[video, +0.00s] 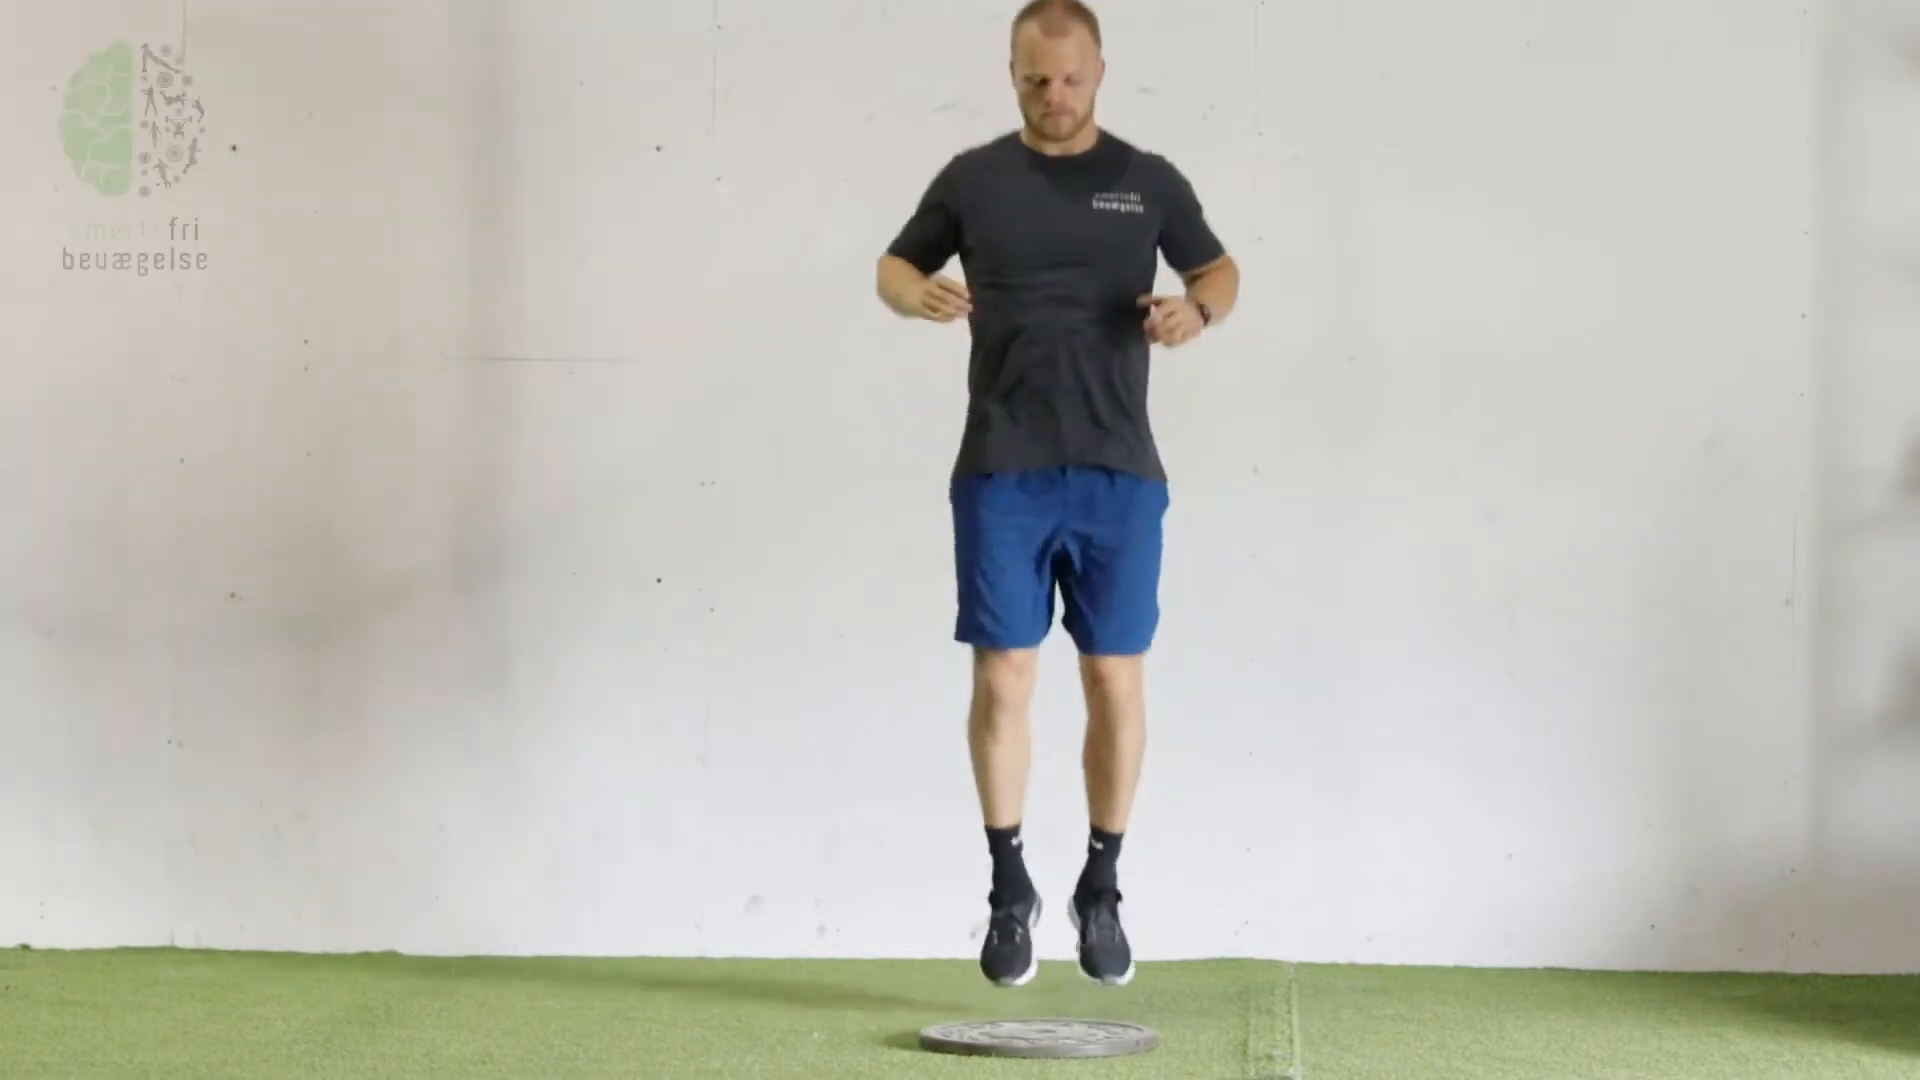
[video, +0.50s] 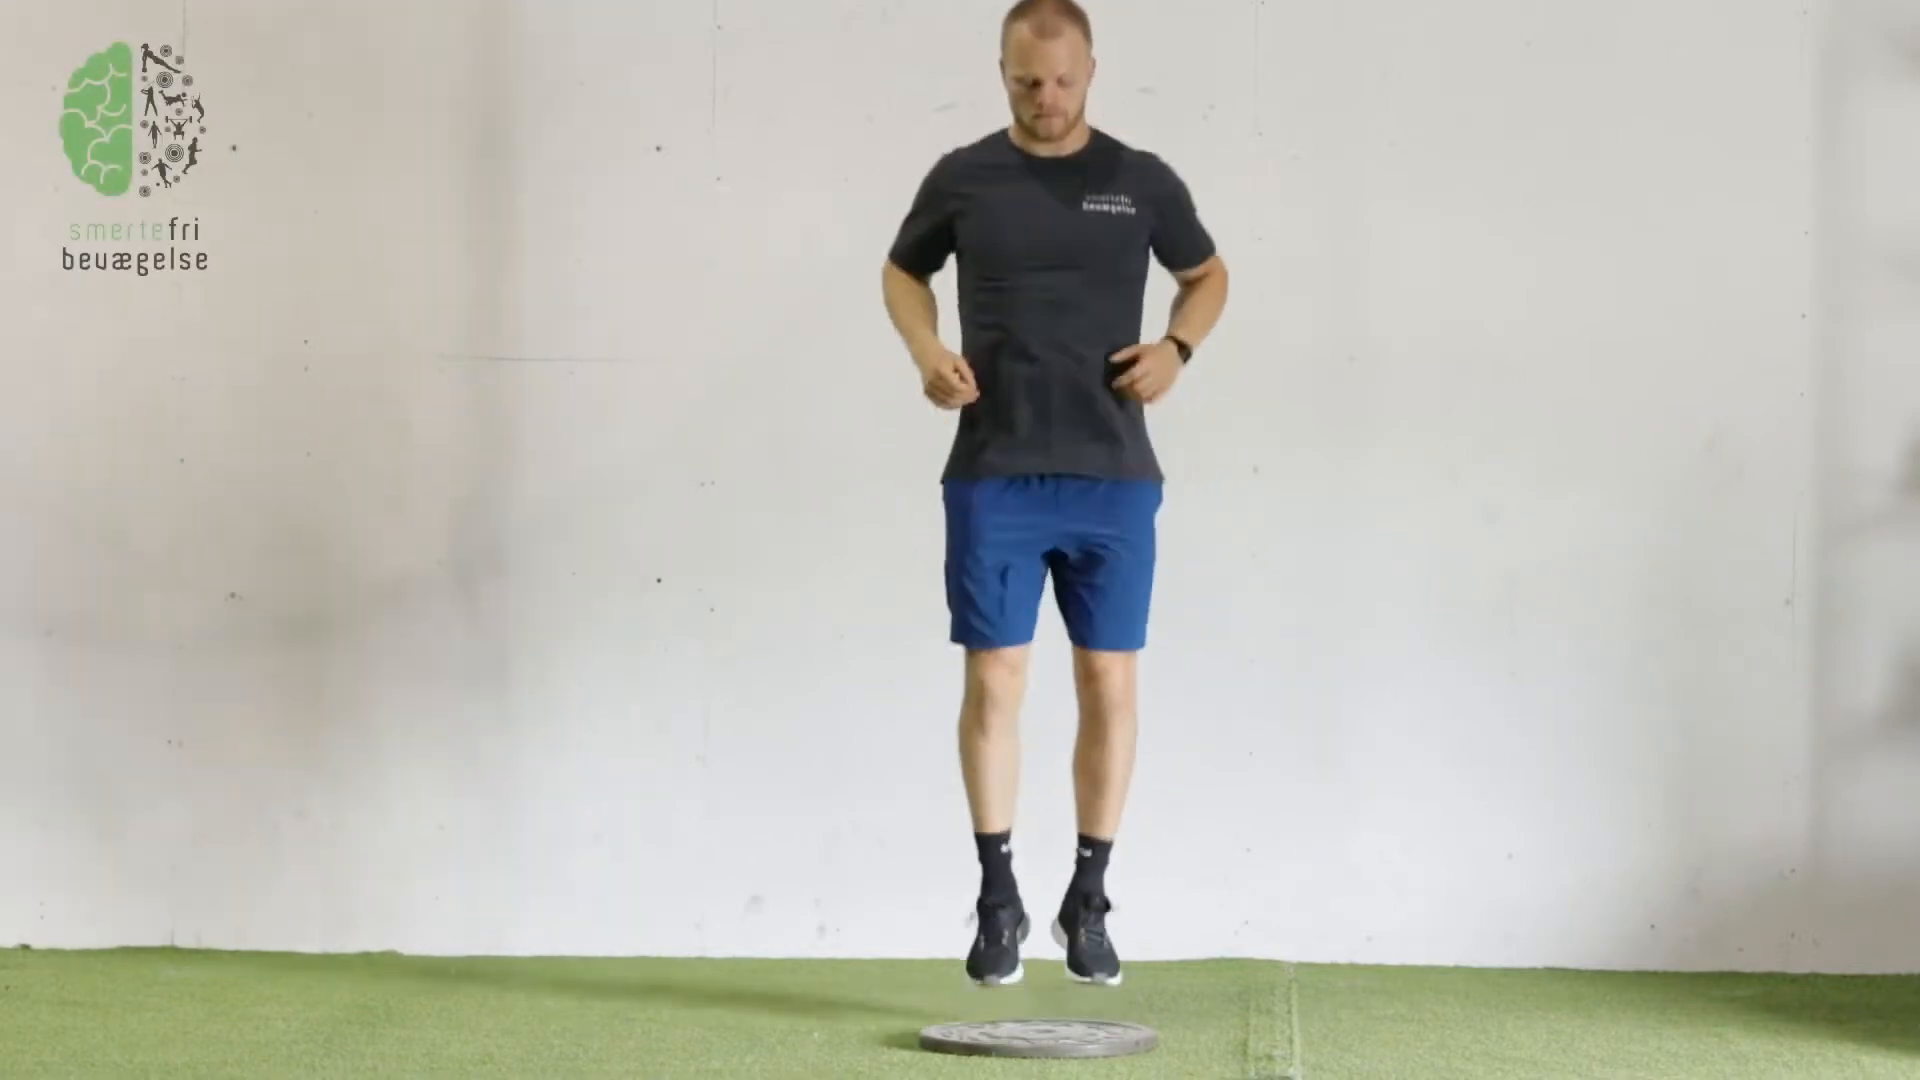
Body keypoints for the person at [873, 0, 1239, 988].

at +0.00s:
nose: (1052, 98)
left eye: (1068, 81)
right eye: (1035, 81)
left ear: (1099, 75)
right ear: (1013, 77)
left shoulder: (1148, 180)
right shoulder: (973, 178)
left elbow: (1218, 272)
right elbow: (895, 269)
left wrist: (1198, 308)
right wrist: (921, 293)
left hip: (1118, 469)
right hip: (1003, 468)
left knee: (1114, 681)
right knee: (1003, 677)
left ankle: (1102, 886)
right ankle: (1009, 890)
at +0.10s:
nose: (1052, 95)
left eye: (1068, 77)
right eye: (1034, 77)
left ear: (1096, 70)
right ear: (1011, 72)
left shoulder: (1147, 175)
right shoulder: (968, 171)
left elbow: (1215, 267)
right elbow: (901, 268)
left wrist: (1201, 313)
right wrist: (924, 320)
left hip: (1112, 461)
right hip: (999, 460)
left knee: (1105, 675)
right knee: (1002, 674)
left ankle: (1087, 904)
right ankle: (1003, 900)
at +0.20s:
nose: (1050, 128)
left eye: (1066, 110)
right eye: (1033, 111)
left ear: (1096, 106)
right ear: (1011, 110)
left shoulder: (1147, 217)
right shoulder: (965, 212)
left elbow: (1209, 318)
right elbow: (905, 313)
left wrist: (1197, 372)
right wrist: (927, 379)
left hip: (1108, 500)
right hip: (996, 497)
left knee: (1098, 714)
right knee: (998, 715)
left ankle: (1081, 946)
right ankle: (1000, 944)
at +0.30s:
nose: (1047, 195)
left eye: (1064, 178)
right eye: (1030, 178)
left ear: (1093, 173)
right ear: (1007, 175)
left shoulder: (1142, 290)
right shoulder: (963, 288)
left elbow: (1198, 402)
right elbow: (905, 400)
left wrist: (1184, 473)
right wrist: (926, 488)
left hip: (1106, 573)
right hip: (996, 572)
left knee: (1091, 765)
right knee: (1001, 769)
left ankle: (1074, 965)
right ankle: (1008, 964)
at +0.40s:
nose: (1044, 152)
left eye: (1061, 135)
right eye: (1028, 135)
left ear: (1092, 128)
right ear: (1006, 130)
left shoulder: (1142, 241)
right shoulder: (964, 237)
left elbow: (1192, 352)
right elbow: (906, 343)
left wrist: (1167, 423)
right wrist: (933, 432)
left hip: (1111, 533)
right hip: (995, 531)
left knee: (1102, 732)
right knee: (995, 731)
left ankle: (1082, 953)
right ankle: (999, 953)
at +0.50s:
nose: (1045, 100)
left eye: (1062, 83)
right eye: (1028, 82)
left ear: (1090, 74)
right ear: (1004, 75)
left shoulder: (1142, 181)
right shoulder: (962, 177)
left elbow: (1206, 274)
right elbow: (905, 271)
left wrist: (1175, 348)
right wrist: (931, 356)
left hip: (1112, 470)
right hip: (996, 469)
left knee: (1108, 682)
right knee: (994, 680)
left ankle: (1089, 900)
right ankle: (998, 899)